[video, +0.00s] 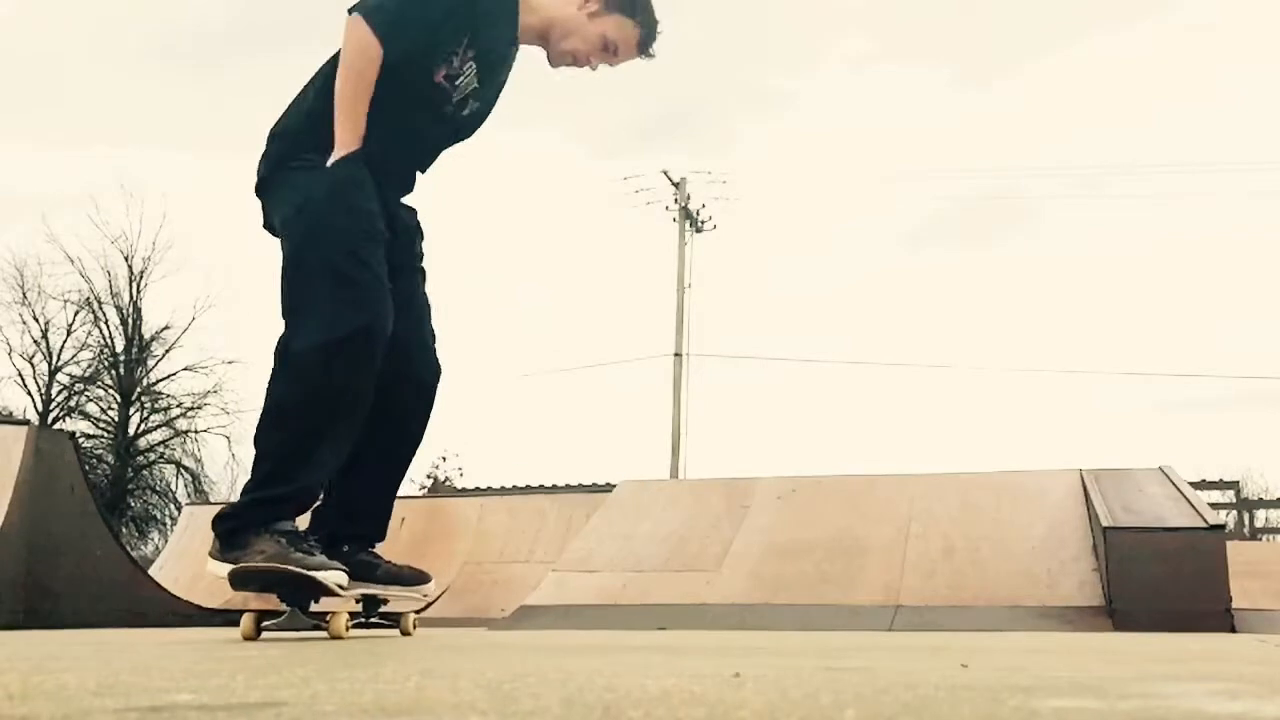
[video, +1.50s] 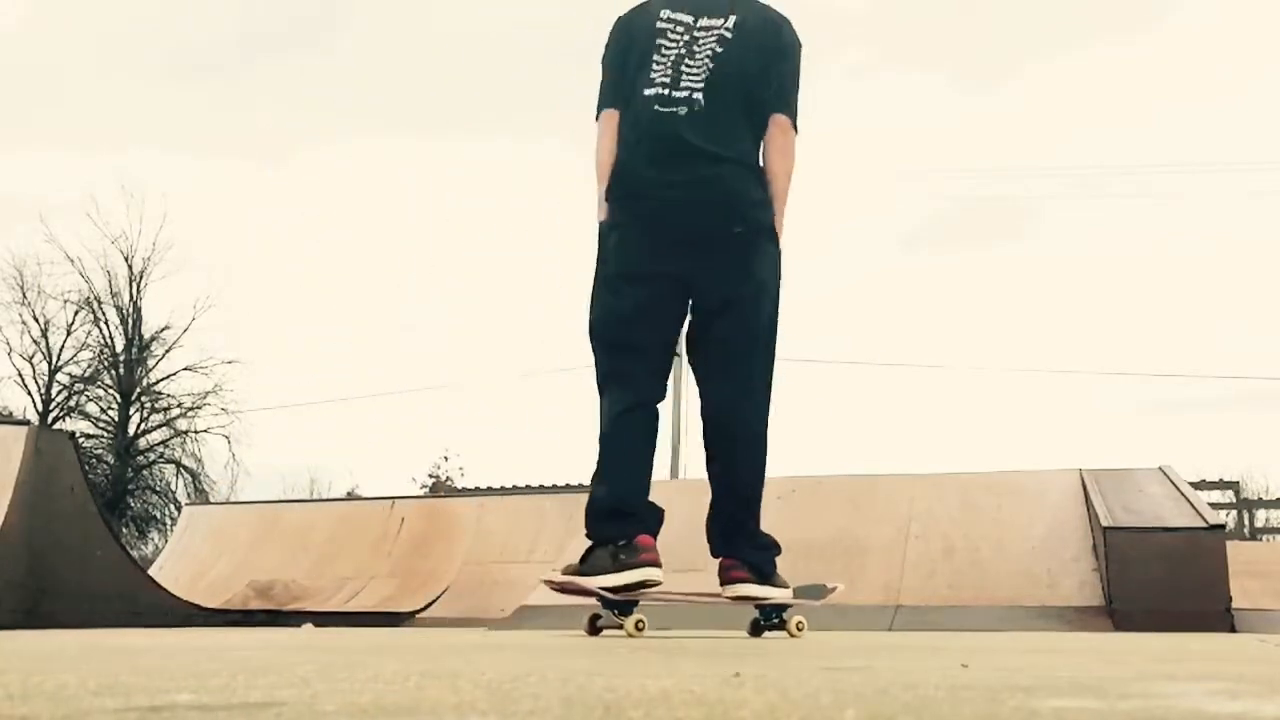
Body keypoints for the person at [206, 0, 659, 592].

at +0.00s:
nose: (595, 63)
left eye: (608, 61)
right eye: (605, 46)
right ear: (586, 6)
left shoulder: (495, 68)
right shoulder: (476, 9)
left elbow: (410, 134)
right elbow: (366, 28)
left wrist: (394, 196)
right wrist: (346, 156)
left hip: (383, 194)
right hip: (322, 165)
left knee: (410, 371)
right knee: (348, 331)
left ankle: (342, 541)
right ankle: (256, 526)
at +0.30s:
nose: (567, 51)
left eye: (578, 52)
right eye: (579, 38)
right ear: (569, 3)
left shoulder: (452, 14)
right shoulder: (530, 6)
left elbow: (370, 81)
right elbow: (490, 47)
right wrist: (473, 156)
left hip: (356, 156)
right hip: (401, 153)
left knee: (369, 338)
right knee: (406, 328)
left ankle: (327, 538)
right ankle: (274, 497)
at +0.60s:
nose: (609, 25)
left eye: (616, 23)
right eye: (618, 15)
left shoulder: (458, 10)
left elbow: (404, 102)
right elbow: (547, 61)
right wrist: (567, 175)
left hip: (411, 185)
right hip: (506, 180)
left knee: (433, 373)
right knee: (572, 359)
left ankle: (411, 530)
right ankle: (584, 532)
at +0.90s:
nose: (707, 1)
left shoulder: (543, 8)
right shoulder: (673, 3)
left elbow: (511, 98)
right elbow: (651, 82)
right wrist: (657, 191)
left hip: (508, 185)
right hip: (603, 191)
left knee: (489, 365)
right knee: (608, 386)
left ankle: (463, 516)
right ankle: (602, 539)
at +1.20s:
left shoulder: (604, 9)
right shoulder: (741, 9)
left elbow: (568, 105)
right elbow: (730, 103)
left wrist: (560, 192)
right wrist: (724, 216)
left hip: (578, 207)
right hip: (674, 212)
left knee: (560, 371)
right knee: (670, 391)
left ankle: (537, 518)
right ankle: (662, 544)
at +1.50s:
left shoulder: (634, 19)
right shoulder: (772, 25)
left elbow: (610, 124)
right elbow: (779, 131)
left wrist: (607, 216)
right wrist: (772, 226)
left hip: (640, 222)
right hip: (736, 224)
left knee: (628, 389)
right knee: (737, 398)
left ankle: (624, 536)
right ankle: (742, 554)